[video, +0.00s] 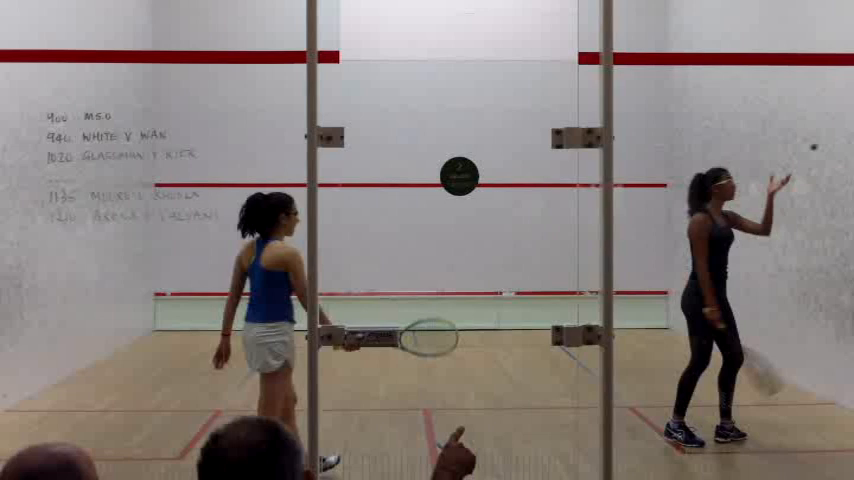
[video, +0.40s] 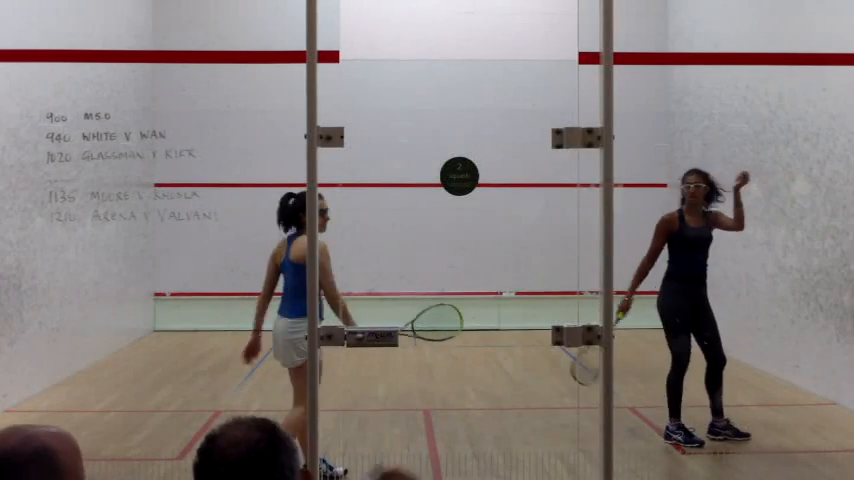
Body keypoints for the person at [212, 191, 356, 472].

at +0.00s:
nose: (298, 219)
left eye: (296, 214)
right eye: (294, 214)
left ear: (271, 219)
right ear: (282, 218)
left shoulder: (248, 251)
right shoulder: (289, 255)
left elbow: (233, 297)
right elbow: (307, 300)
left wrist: (225, 337)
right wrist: (329, 327)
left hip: (252, 334)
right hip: (277, 336)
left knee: (289, 401)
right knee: (271, 411)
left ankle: (300, 461)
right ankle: (268, 469)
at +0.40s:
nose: (328, 218)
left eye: (327, 212)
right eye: (323, 213)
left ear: (301, 217)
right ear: (308, 216)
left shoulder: (281, 247)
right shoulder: (317, 246)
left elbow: (266, 294)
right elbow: (331, 294)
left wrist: (256, 334)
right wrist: (354, 329)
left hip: (283, 326)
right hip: (303, 329)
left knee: (302, 403)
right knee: (306, 405)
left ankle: (312, 463)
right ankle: (267, 453)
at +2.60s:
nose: (341, 219)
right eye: (340, 216)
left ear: (306, 219)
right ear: (337, 218)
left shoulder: (292, 251)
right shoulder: (351, 256)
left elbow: (273, 298)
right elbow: (357, 308)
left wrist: (293, 319)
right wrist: (347, 321)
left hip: (295, 337)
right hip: (335, 341)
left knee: (289, 409)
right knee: (351, 409)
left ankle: (282, 473)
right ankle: (363, 472)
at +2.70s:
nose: (342, 219)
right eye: (343, 215)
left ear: (314, 218)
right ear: (342, 218)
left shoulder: (299, 252)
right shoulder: (359, 255)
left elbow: (284, 299)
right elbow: (367, 307)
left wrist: (301, 321)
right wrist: (349, 319)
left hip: (304, 336)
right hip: (344, 340)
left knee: (295, 406)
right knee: (354, 411)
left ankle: (284, 468)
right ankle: (365, 470)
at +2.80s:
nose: (352, 219)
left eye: (350, 215)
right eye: (352, 215)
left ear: (320, 218)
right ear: (350, 217)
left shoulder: (307, 254)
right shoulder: (366, 254)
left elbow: (298, 302)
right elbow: (376, 306)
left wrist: (311, 324)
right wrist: (358, 319)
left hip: (315, 342)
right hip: (354, 344)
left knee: (301, 408)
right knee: (361, 413)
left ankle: (290, 470)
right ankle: (367, 472)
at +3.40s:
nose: (330, 225)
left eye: (332, 218)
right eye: (330, 218)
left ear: (345, 219)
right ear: (363, 218)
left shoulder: (333, 253)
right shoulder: (387, 253)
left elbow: (321, 303)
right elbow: (393, 305)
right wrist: (369, 318)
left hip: (336, 338)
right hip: (373, 341)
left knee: (321, 409)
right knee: (370, 413)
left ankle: (323, 470)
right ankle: (369, 472)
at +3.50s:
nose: (325, 226)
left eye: (328, 218)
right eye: (325, 219)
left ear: (346, 218)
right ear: (355, 219)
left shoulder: (337, 250)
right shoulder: (380, 251)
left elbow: (326, 304)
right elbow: (383, 304)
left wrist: (309, 312)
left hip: (337, 336)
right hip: (371, 336)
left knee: (323, 409)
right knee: (368, 411)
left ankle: (323, 472)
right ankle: (366, 472)